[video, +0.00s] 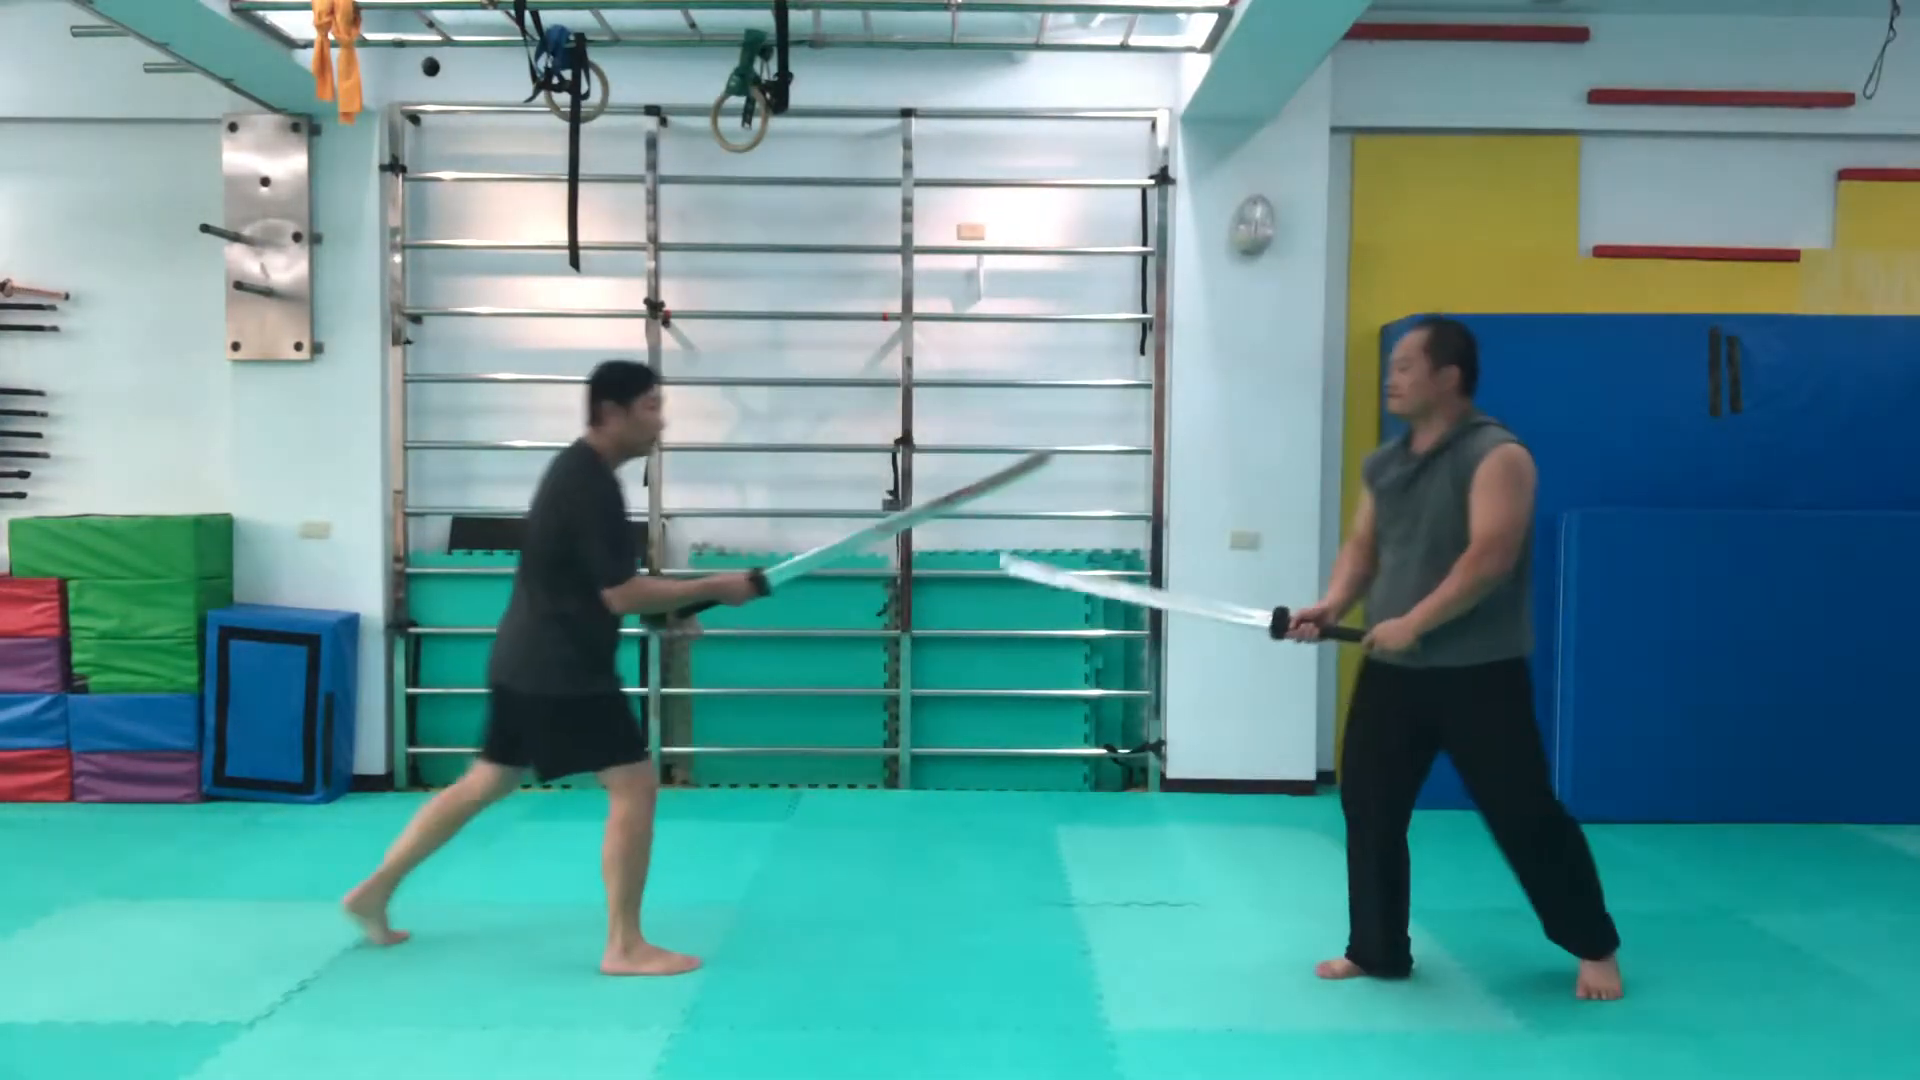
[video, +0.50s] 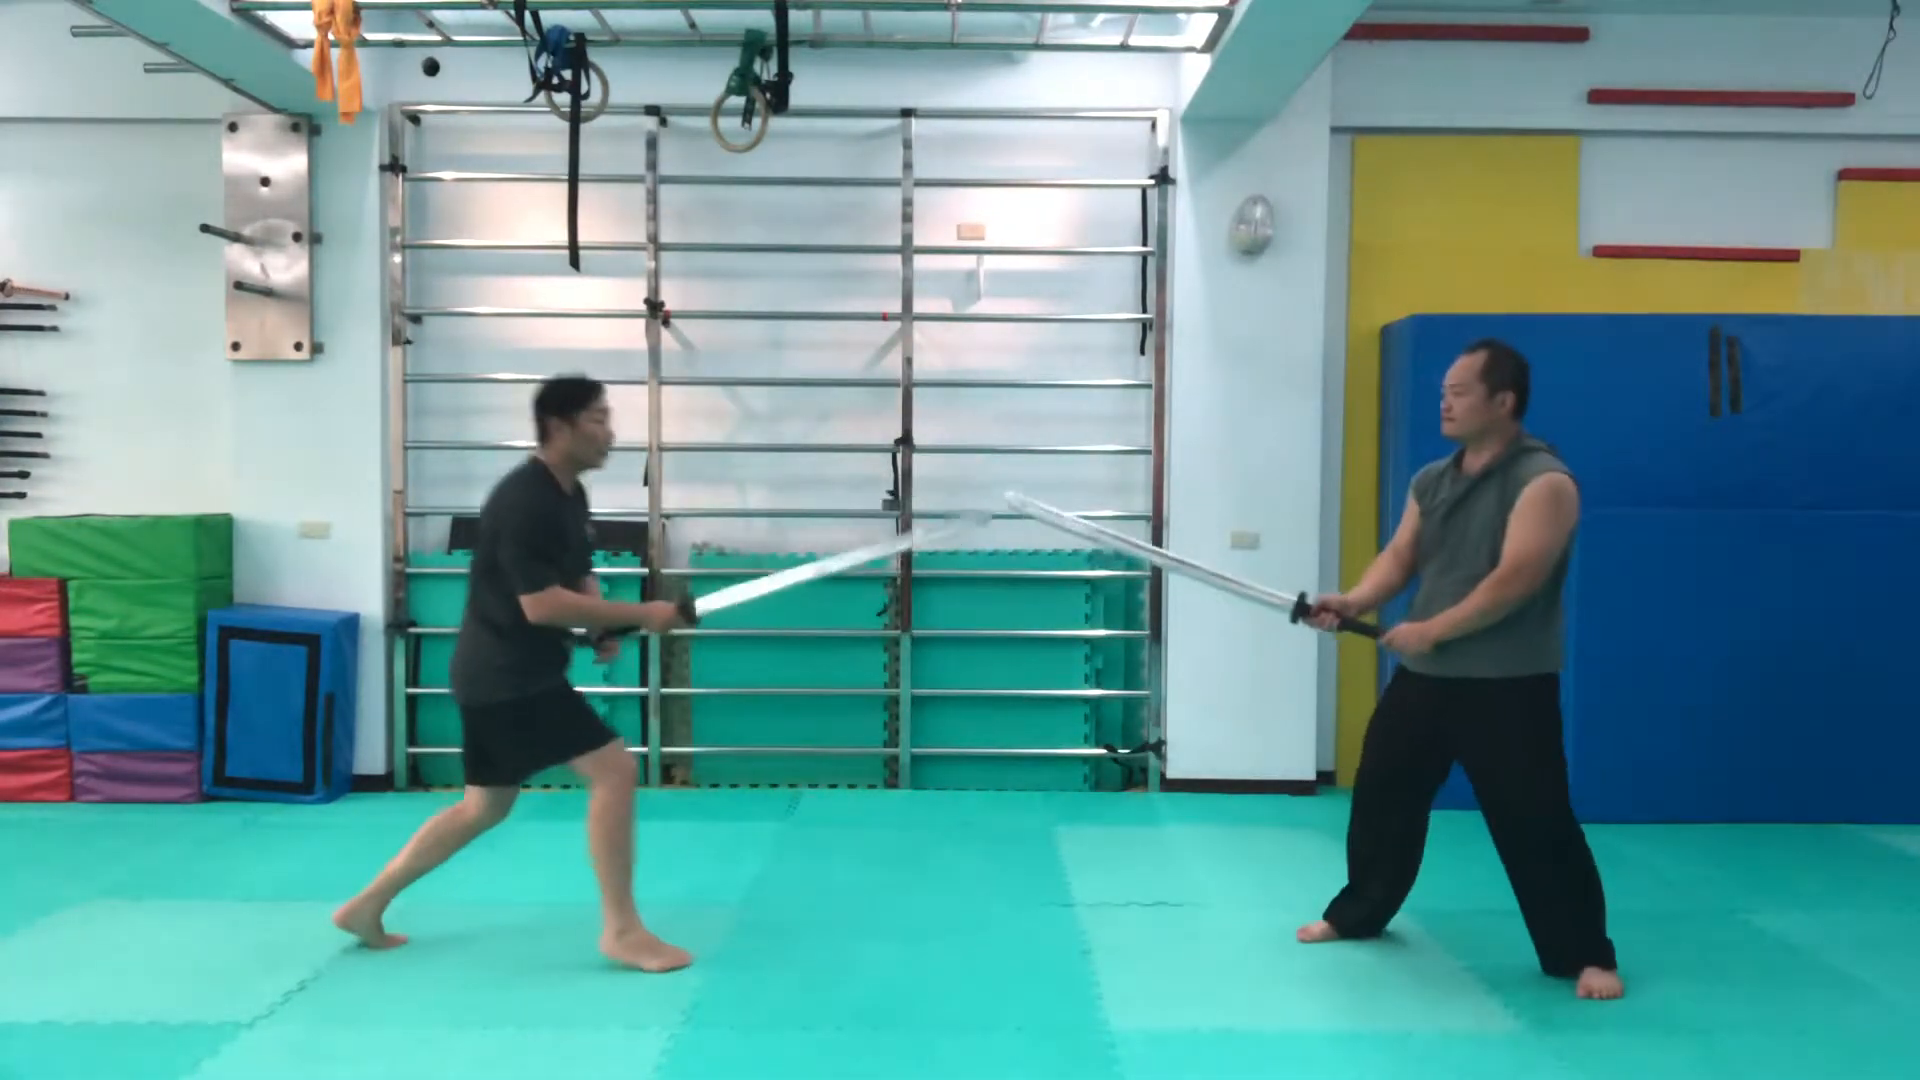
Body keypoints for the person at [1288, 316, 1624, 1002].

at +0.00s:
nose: (1391, 378)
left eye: (1404, 368)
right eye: (1391, 368)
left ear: (1449, 378)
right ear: (1403, 379)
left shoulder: (1498, 458)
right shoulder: (1384, 466)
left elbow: (1492, 557)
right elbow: (1361, 548)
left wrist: (1412, 622)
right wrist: (1330, 606)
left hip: (1480, 675)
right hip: (1392, 674)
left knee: (1524, 814)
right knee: (1370, 808)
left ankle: (1594, 947)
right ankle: (1377, 951)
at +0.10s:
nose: (1419, 388)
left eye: (1433, 377)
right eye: (1420, 376)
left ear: (1479, 386)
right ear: (1448, 387)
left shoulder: (1530, 467)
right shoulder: (1414, 472)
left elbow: (1515, 565)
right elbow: (1387, 551)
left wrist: (1428, 628)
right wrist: (1347, 605)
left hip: (1506, 684)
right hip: (1417, 681)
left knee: (1543, 816)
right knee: (1369, 793)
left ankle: (1594, 957)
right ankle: (1373, 944)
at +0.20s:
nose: (1442, 396)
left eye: (1456, 386)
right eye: (1442, 384)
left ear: (1504, 395)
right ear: (1455, 394)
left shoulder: (1552, 477)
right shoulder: (1434, 478)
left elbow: (1532, 575)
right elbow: (1405, 557)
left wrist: (1445, 632)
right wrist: (1360, 607)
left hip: (1527, 684)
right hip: (1433, 676)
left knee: (1549, 819)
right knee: (1364, 775)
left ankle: (1593, 959)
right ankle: (1355, 915)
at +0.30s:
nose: (1451, 399)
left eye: (1465, 389)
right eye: (1451, 388)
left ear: (1512, 397)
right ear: (1465, 396)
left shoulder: (1560, 477)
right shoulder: (1443, 476)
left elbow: (1537, 573)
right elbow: (1412, 556)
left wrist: (1453, 629)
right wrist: (1367, 604)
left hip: (1529, 683)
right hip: (1438, 674)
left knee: (1549, 820)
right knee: (1373, 777)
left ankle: (1590, 960)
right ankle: (1347, 907)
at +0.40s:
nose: (1452, 402)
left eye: (1466, 393)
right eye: (1452, 391)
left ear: (1512, 402)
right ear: (1463, 400)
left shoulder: (1556, 484)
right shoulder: (1439, 481)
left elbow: (1532, 579)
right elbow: (1405, 559)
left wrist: (1448, 630)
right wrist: (1363, 603)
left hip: (1523, 690)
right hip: (1433, 682)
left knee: (1546, 826)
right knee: (1384, 794)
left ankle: (1589, 960)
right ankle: (1348, 916)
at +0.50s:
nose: (1445, 402)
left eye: (1459, 393)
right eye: (1444, 391)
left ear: (1504, 402)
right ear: (1456, 400)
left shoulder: (1545, 484)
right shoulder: (1431, 481)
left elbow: (1519, 578)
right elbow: (1397, 557)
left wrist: (1432, 629)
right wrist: (1353, 601)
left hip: (1510, 689)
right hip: (1424, 681)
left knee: (1538, 824)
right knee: (1383, 793)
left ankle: (1588, 958)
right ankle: (1359, 913)